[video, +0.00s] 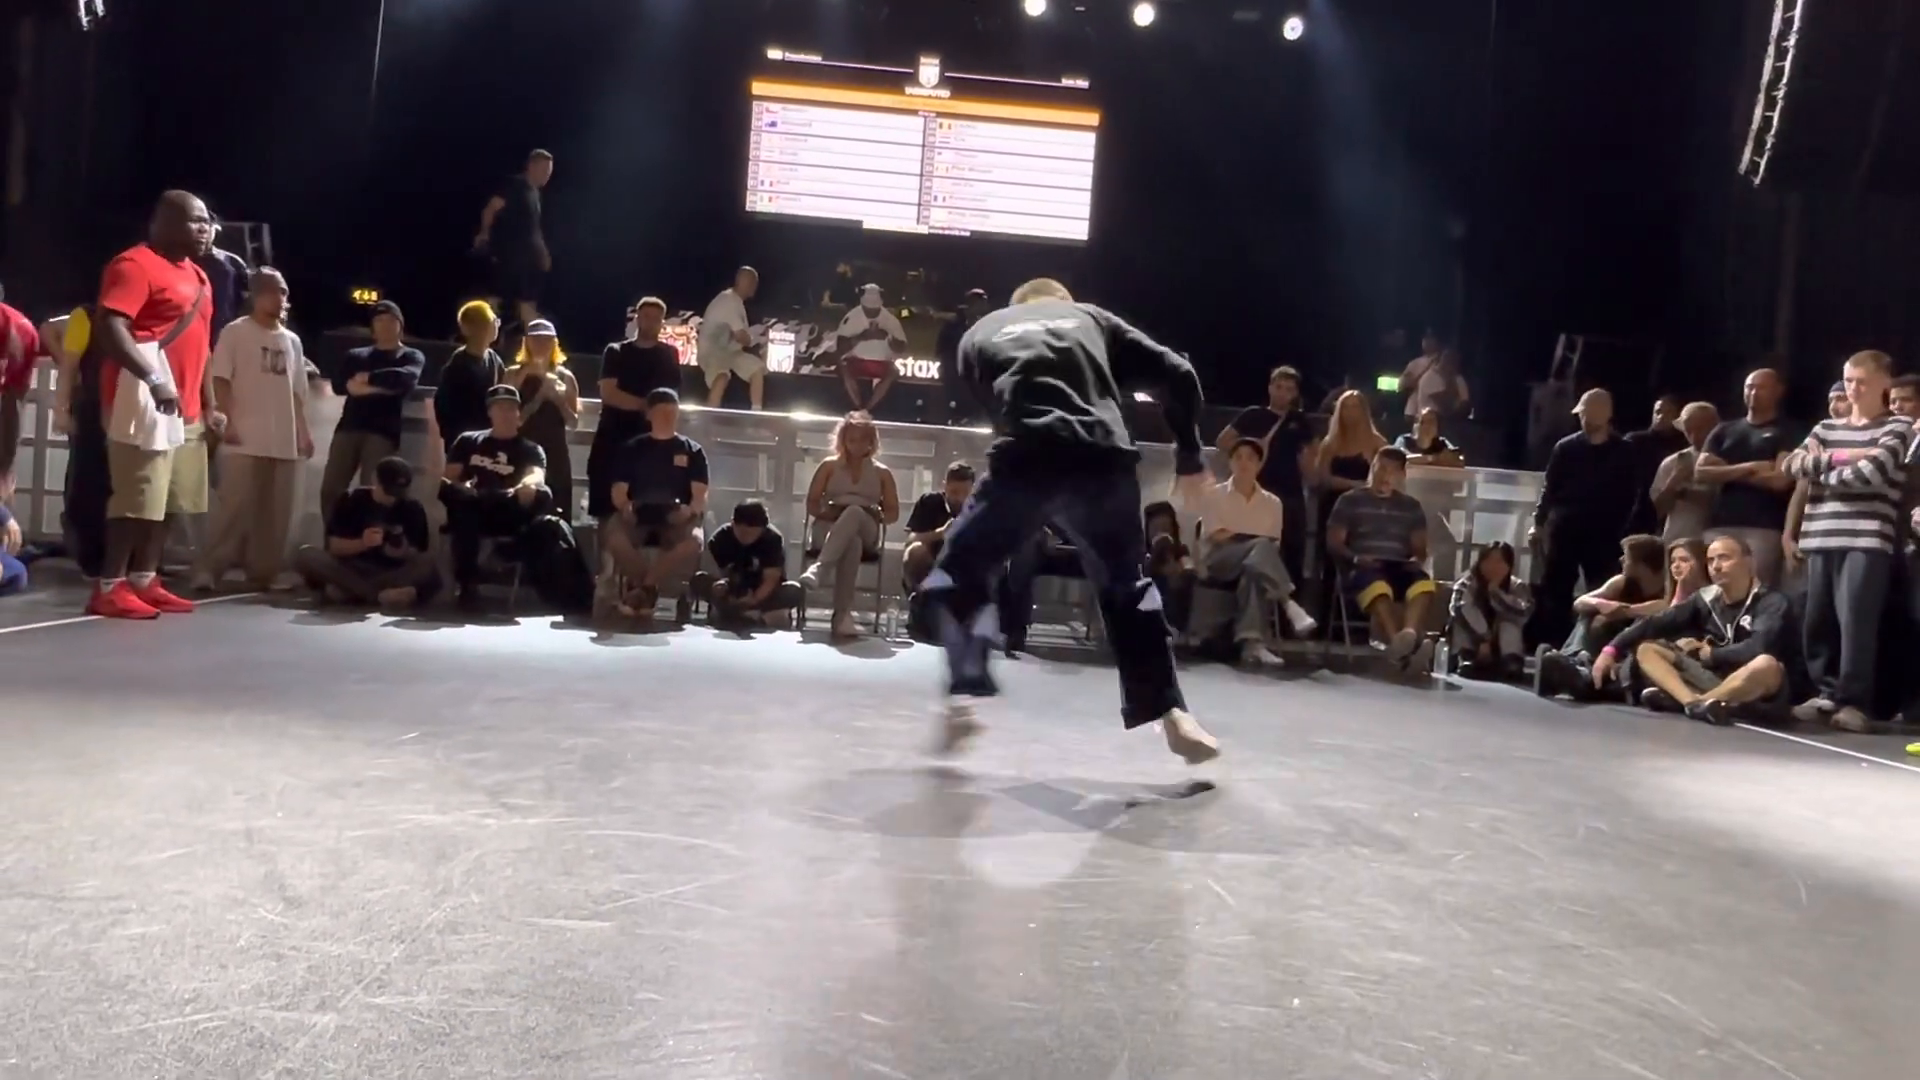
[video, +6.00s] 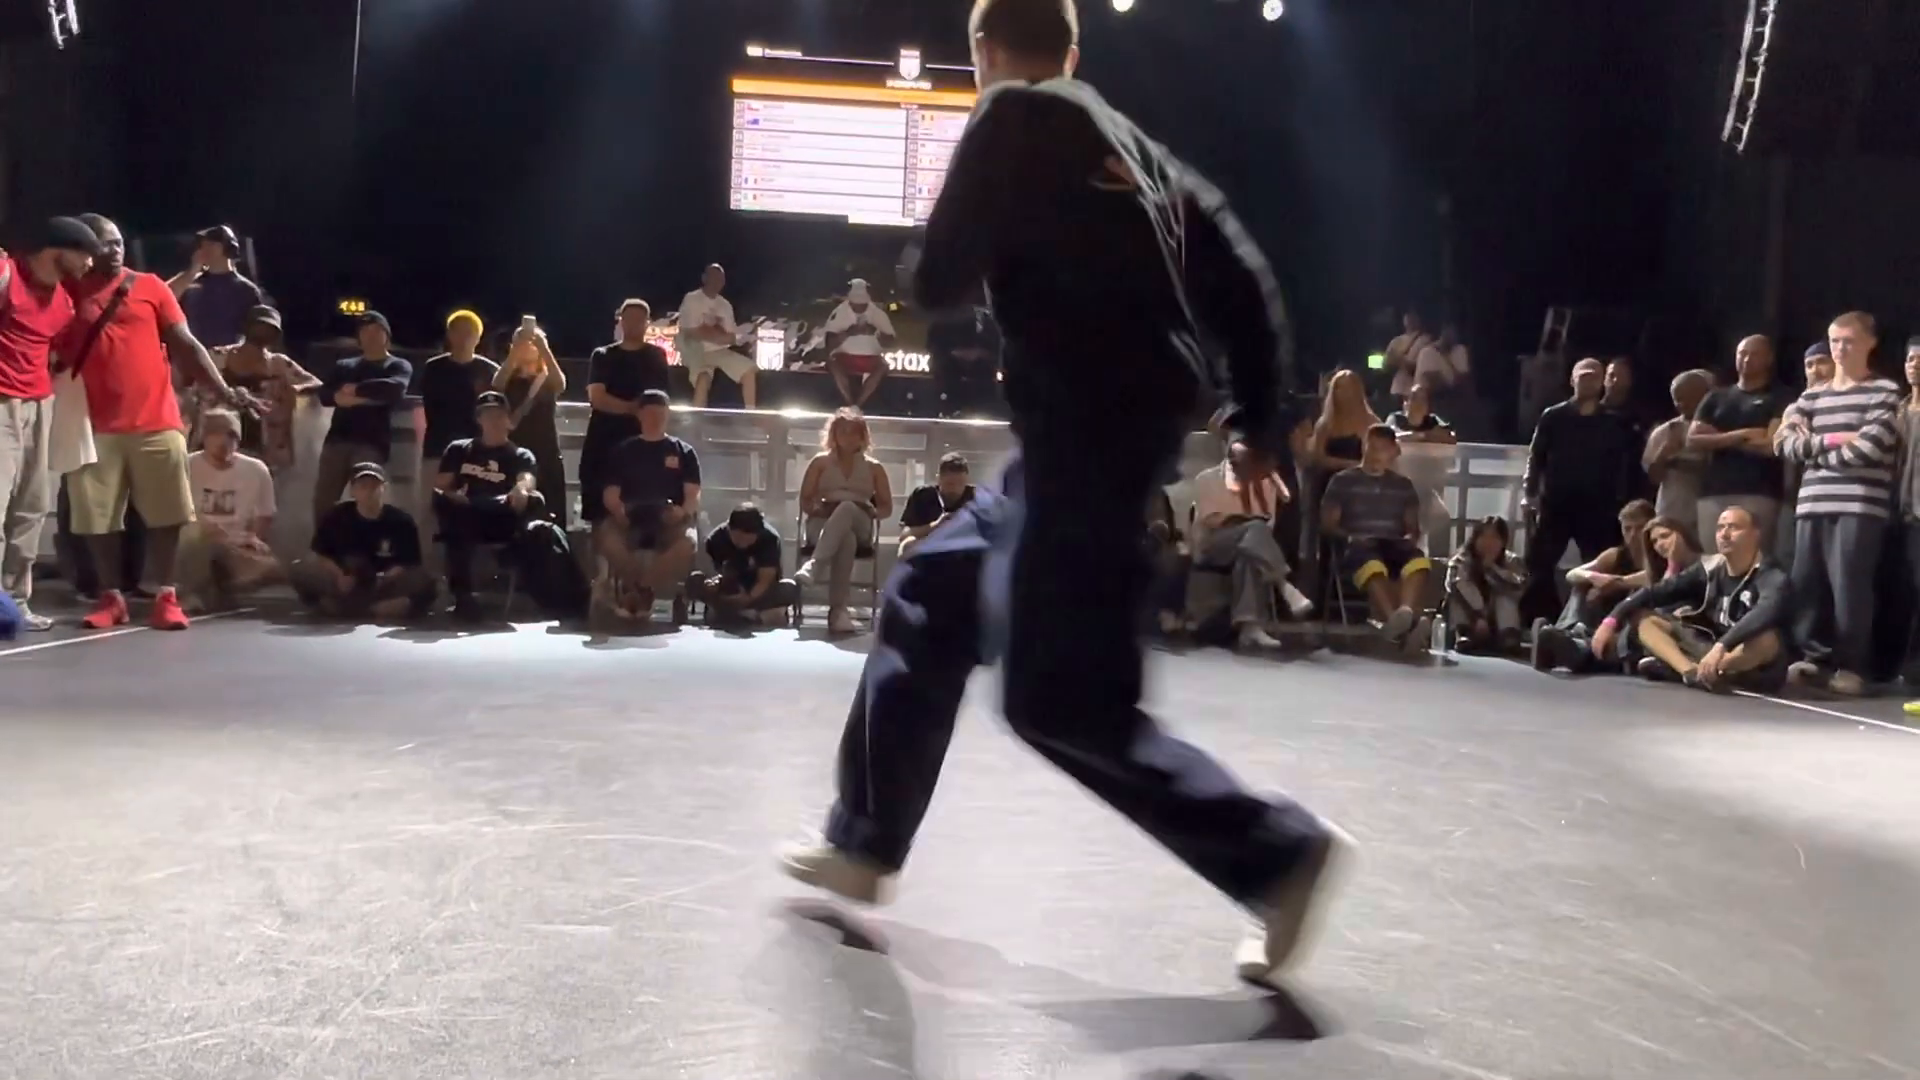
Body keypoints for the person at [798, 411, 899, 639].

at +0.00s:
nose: (857, 445)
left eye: (863, 440)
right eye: (852, 440)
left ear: (872, 442)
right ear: (842, 441)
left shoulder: (882, 473)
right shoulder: (829, 467)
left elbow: (892, 514)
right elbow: (812, 505)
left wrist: (870, 513)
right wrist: (834, 515)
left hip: (867, 535)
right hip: (827, 530)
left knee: (853, 512)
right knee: (852, 541)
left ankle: (818, 568)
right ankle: (842, 616)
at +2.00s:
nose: (875, 428)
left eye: (881, 423)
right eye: (870, 422)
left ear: (890, 425)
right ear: (860, 423)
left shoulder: (899, 456)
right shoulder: (847, 449)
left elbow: (909, 498)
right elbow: (830, 488)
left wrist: (885, 494)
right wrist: (854, 497)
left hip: (884, 518)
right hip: (844, 512)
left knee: (870, 495)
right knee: (869, 524)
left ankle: (836, 550)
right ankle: (859, 597)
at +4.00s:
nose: (874, 427)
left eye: (880, 422)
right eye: (869, 421)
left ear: (889, 425)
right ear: (859, 423)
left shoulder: (898, 457)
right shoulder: (846, 450)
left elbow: (908, 499)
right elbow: (829, 490)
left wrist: (889, 500)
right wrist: (851, 499)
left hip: (883, 518)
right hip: (844, 512)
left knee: (869, 497)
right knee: (869, 527)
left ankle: (834, 553)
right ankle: (857, 600)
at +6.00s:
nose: (850, 437)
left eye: (856, 432)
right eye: (844, 432)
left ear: (863, 436)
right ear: (834, 435)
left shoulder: (874, 468)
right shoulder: (820, 463)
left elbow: (886, 508)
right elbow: (805, 502)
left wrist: (866, 511)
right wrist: (825, 511)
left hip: (861, 529)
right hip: (822, 525)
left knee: (846, 508)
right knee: (847, 538)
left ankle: (813, 565)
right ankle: (838, 611)